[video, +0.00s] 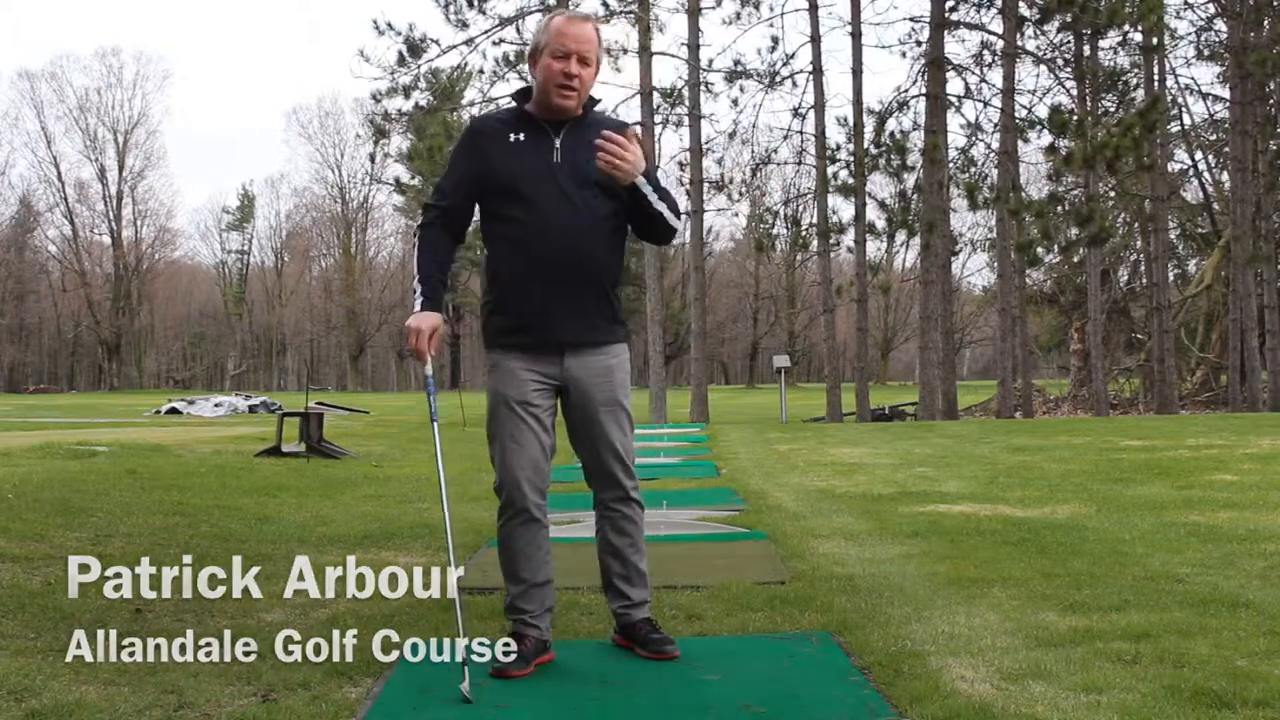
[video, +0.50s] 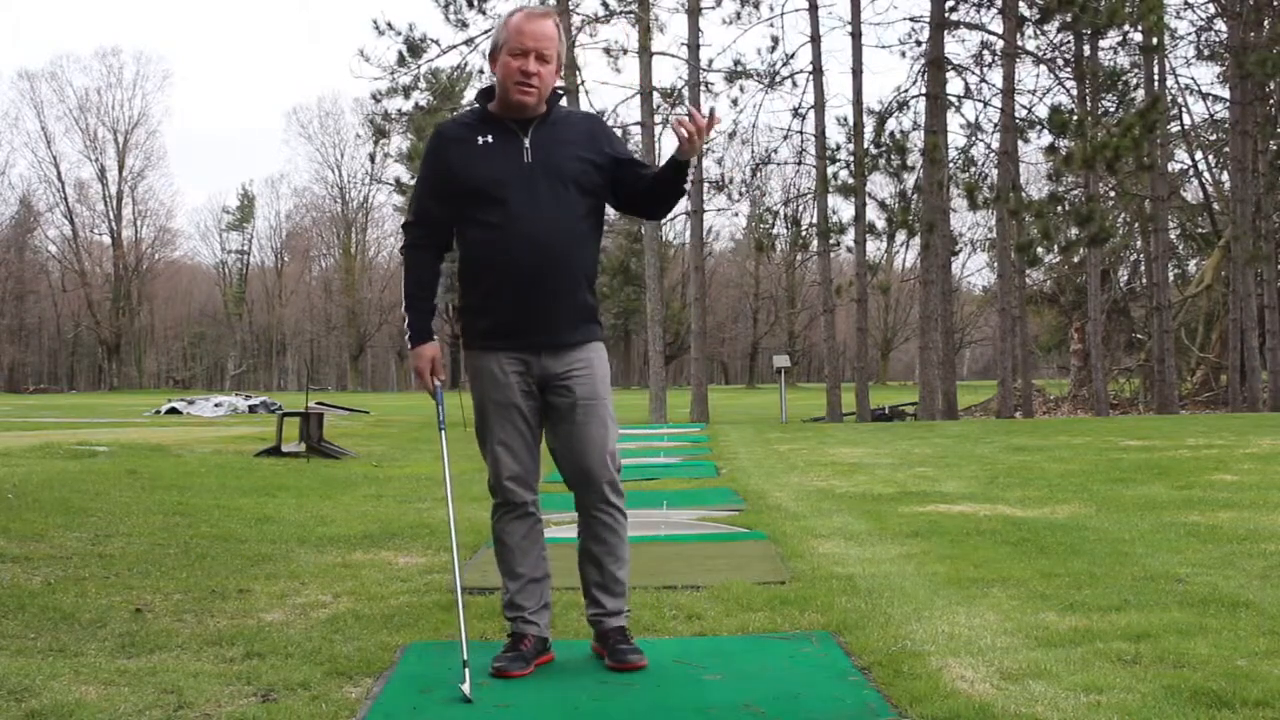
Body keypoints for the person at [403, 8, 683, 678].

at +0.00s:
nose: (571, 70)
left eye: (584, 61)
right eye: (560, 56)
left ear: (598, 73)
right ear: (533, 62)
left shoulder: (618, 139)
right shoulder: (487, 136)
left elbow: (665, 228)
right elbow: (442, 222)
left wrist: (636, 180)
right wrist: (428, 304)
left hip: (598, 340)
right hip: (516, 343)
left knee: (618, 484)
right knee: (520, 493)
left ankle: (634, 616)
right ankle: (530, 632)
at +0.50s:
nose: (529, 68)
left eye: (543, 58)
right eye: (518, 54)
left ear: (559, 70)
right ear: (493, 61)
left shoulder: (588, 134)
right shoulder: (454, 141)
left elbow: (646, 200)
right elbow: (423, 241)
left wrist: (684, 156)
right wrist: (420, 334)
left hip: (576, 340)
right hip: (493, 345)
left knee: (599, 484)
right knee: (512, 494)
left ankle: (612, 626)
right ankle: (528, 631)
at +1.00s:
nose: (525, 61)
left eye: (538, 50)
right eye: (513, 48)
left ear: (557, 62)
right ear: (492, 57)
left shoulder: (589, 130)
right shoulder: (456, 142)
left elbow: (624, 224)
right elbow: (434, 243)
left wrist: (631, 210)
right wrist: (436, 334)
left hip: (582, 340)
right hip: (499, 345)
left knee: (596, 493)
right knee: (517, 496)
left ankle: (608, 627)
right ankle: (528, 630)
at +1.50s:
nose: (549, 69)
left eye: (559, 59)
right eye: (537, 54)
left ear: (566, 68)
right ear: (501, 57)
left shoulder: (585, 135)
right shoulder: (454, 139)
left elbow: (631, 218)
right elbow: (427, 239)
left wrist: (660, 166)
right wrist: (430, 333)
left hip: (578, 341)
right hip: (497, 346)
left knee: (594, 493)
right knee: (515, 496)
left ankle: (608, 627)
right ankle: (527, 631)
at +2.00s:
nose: (533, 67)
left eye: (544, 57)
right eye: (520, 53)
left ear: (554, 65)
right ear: (487, 58)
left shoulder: (578, 132)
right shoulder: (444, 142)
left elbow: (613, 219)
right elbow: (419, 245)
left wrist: (622, 291)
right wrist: (428, 338)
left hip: (575, 339)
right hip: (489, 345)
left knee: (592, 491)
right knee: (511, 497)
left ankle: (608, 628)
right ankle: (527, 632)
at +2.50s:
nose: (526, 67)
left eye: (537, 56)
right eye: (513, 53)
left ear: (548, 64)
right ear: (484, 58)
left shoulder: (576, 133)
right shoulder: (442, 143)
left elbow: (621, 216)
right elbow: (417, 245)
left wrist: (619, 232)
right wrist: (428, 342)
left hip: (572, 338)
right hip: (488, 344)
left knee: (593, 492)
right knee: (511, 496)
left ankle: (607, 628)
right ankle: (528, 632)